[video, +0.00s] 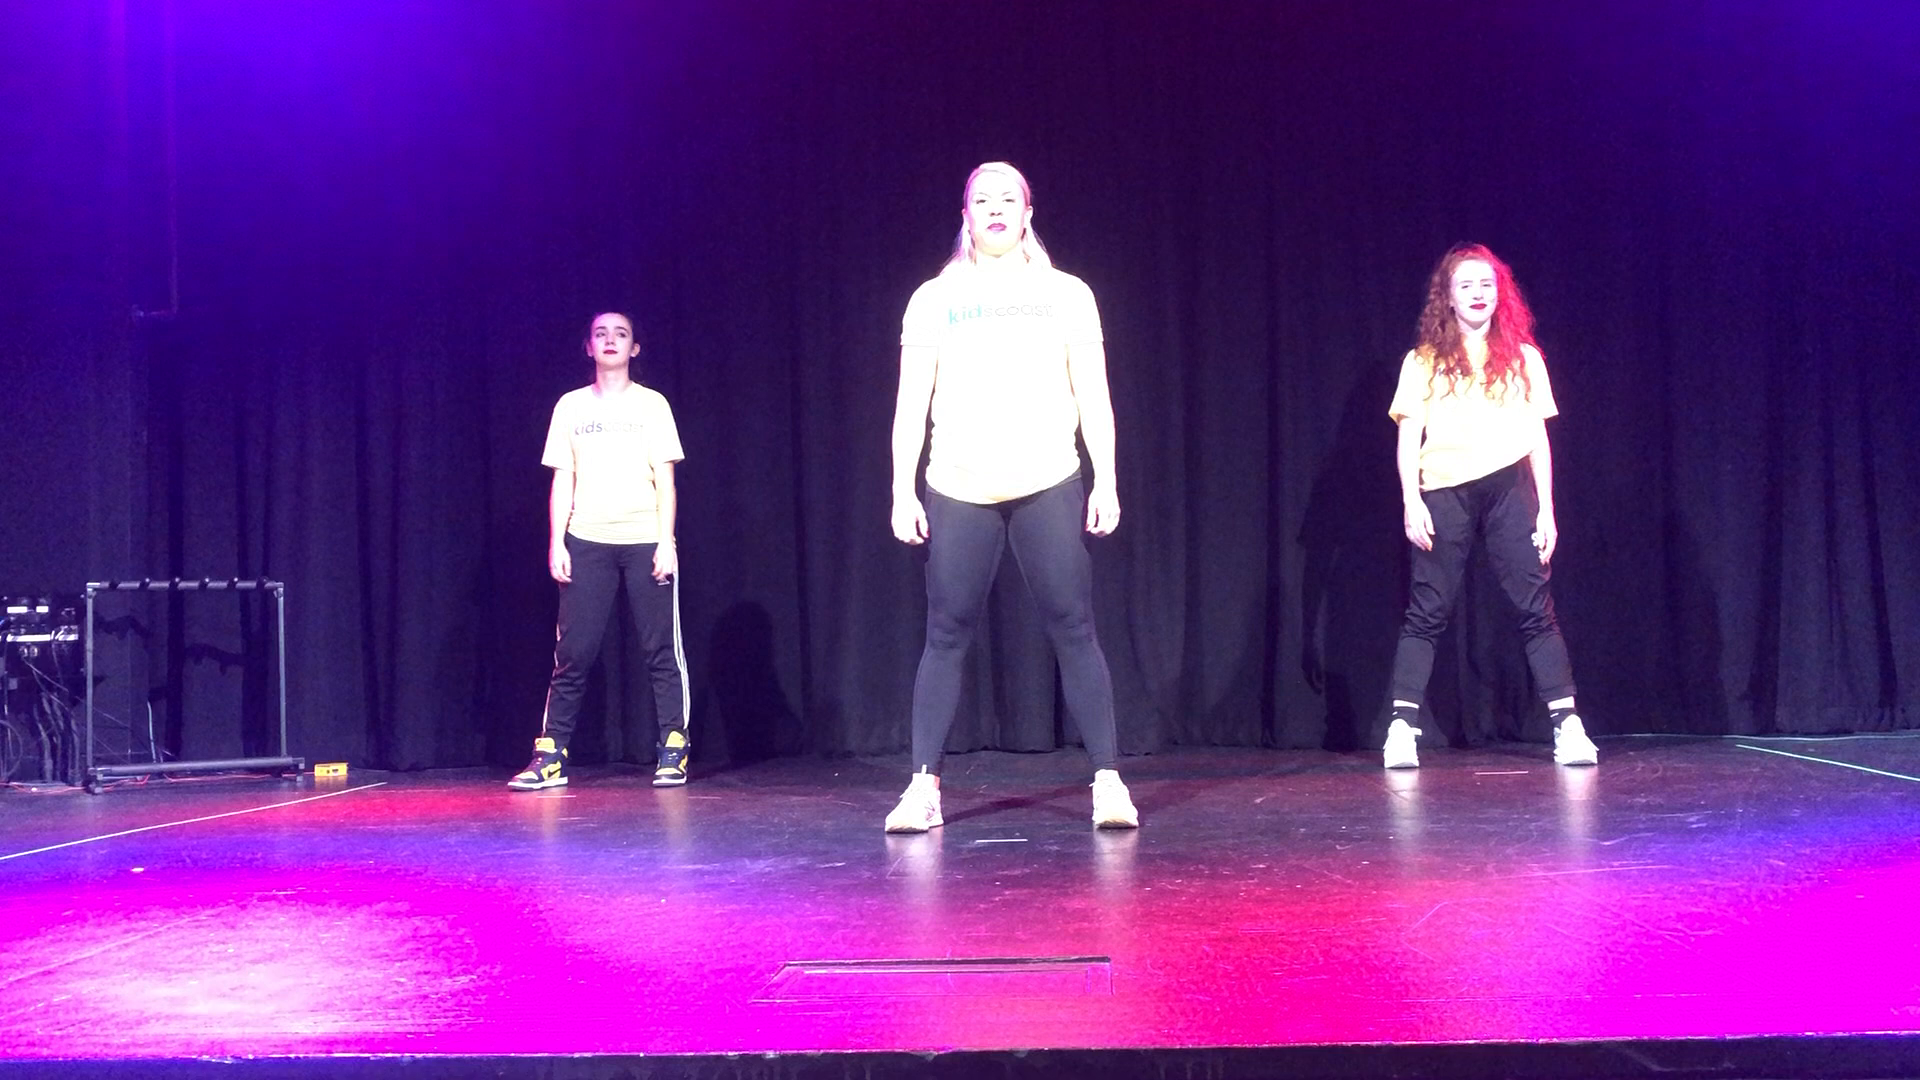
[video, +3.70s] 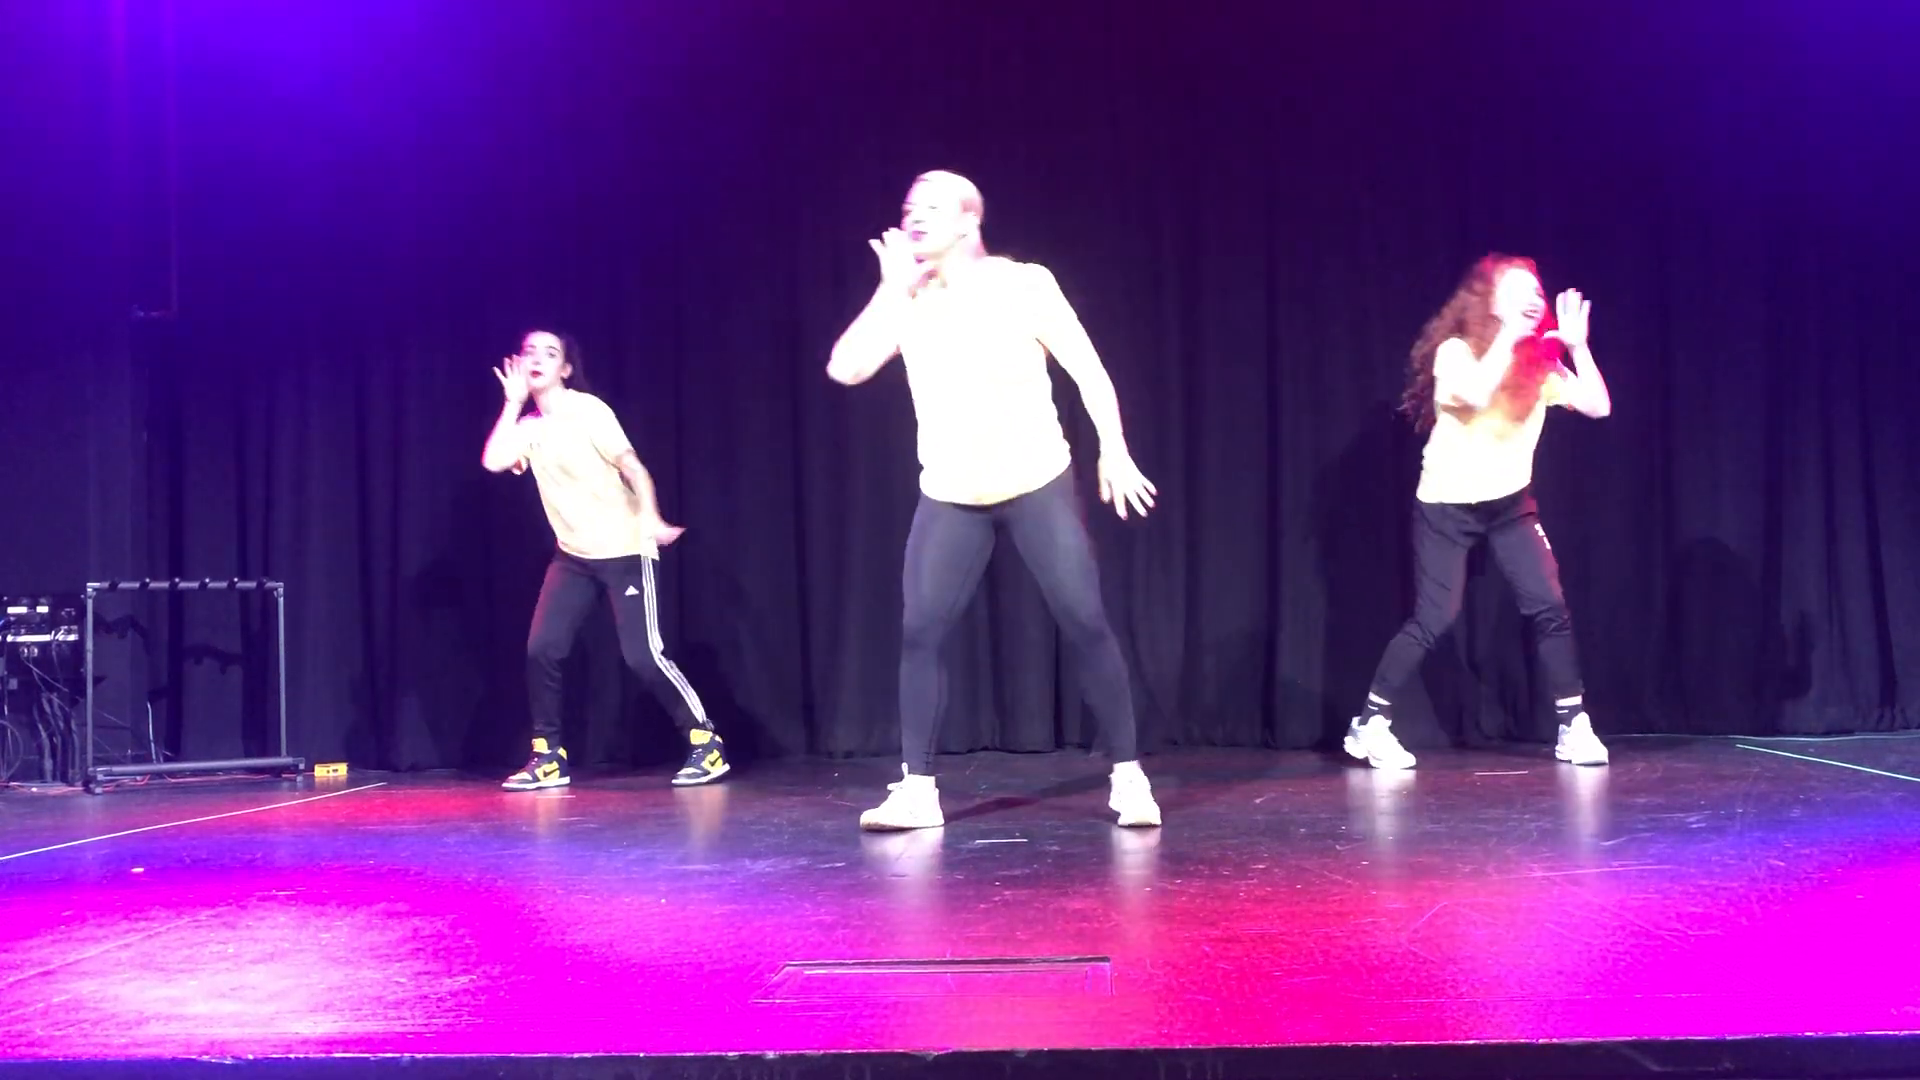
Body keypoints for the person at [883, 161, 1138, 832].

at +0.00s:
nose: (996, 210)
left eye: (1007, 200)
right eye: (984, 200)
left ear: (1028, 212)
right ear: (966, 213)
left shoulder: (1069, 294)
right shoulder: (931, 300)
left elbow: (1093, 392)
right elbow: (912, 402)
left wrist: (1105, 478)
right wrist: (903, 488)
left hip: (1049, 482)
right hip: (960, 485)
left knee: (1073, 624)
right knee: (946, 627)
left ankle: (1107, 777)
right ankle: (923, 783)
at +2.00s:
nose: (999, 209)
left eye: (1010, 199)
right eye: (987, 199)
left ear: (1030, 209)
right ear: (967, 210)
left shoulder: (1070, 294)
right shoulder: (932, 299)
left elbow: (1092, 394)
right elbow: (911, 402)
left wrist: (1106, 483)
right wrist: (904, 488)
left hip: (1050, 482)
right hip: (961, 486)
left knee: (1074, 624)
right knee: (947, 629)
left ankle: (1108, 780)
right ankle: (924, 783)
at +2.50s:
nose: (971, 200)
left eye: (986, 188)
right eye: (965, 192)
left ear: (1024, 200)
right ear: (959, 210)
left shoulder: (1071, 287)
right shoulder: (939, 292)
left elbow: (1093, 391)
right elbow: (882, 382)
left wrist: (1108, 482)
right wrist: (820, 457)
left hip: (1049, 477)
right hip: (961, 482)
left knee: (1074, 623)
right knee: (947, 627)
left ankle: (1106, 779)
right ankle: (924, 784)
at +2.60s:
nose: (950, 197)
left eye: (966, 186)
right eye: (949, 188)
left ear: (1009, 197)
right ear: (948, 204)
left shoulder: (1062, 276)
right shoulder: (933, 288)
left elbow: (1088, 382)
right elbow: (849, 350)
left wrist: (1105, 475)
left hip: (1044, 475)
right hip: (957, 482)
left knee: (1073, 621)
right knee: (948, 626)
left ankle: (1110, 779)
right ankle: (924, 783)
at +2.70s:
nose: (929, 195)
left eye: (946, 183)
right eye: (930, 186)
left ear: (987, 198)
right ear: (934, 206)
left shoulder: (1041, 274)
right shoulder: (918, 286)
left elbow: (1072, 378)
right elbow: (833, 331)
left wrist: (1093, 471)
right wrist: (812, 246)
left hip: (1032, 472)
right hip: (949, 482)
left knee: (1071, 618)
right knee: (940, 626)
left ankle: (1120, 771)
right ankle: (921, 783)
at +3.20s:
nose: (848, 259)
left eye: (861, 247)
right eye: (850, 248)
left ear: (903, 255)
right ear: (876, 260)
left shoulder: (956, 317)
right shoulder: (881, 340)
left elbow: (1002, 409)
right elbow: (813, 394)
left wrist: (1027, 503)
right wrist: (833, 315)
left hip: (1017, 490)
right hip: (952, 506)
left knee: (1049, 634)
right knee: (911, 629)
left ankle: (1144, 768)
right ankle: (917, 788)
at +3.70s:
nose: (911, 219)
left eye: (927, 208)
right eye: (908, 211)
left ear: (969, 218)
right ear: (905, 226)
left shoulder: (1025, 284)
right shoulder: (905, 300)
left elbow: (1088, 369)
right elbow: (845, 368)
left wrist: (1114, 451)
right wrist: (894, 287)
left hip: (1035, 480)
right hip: (950, 489)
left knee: (1084, 619)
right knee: (921, 626)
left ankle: (1127, 774)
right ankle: (917, 787)